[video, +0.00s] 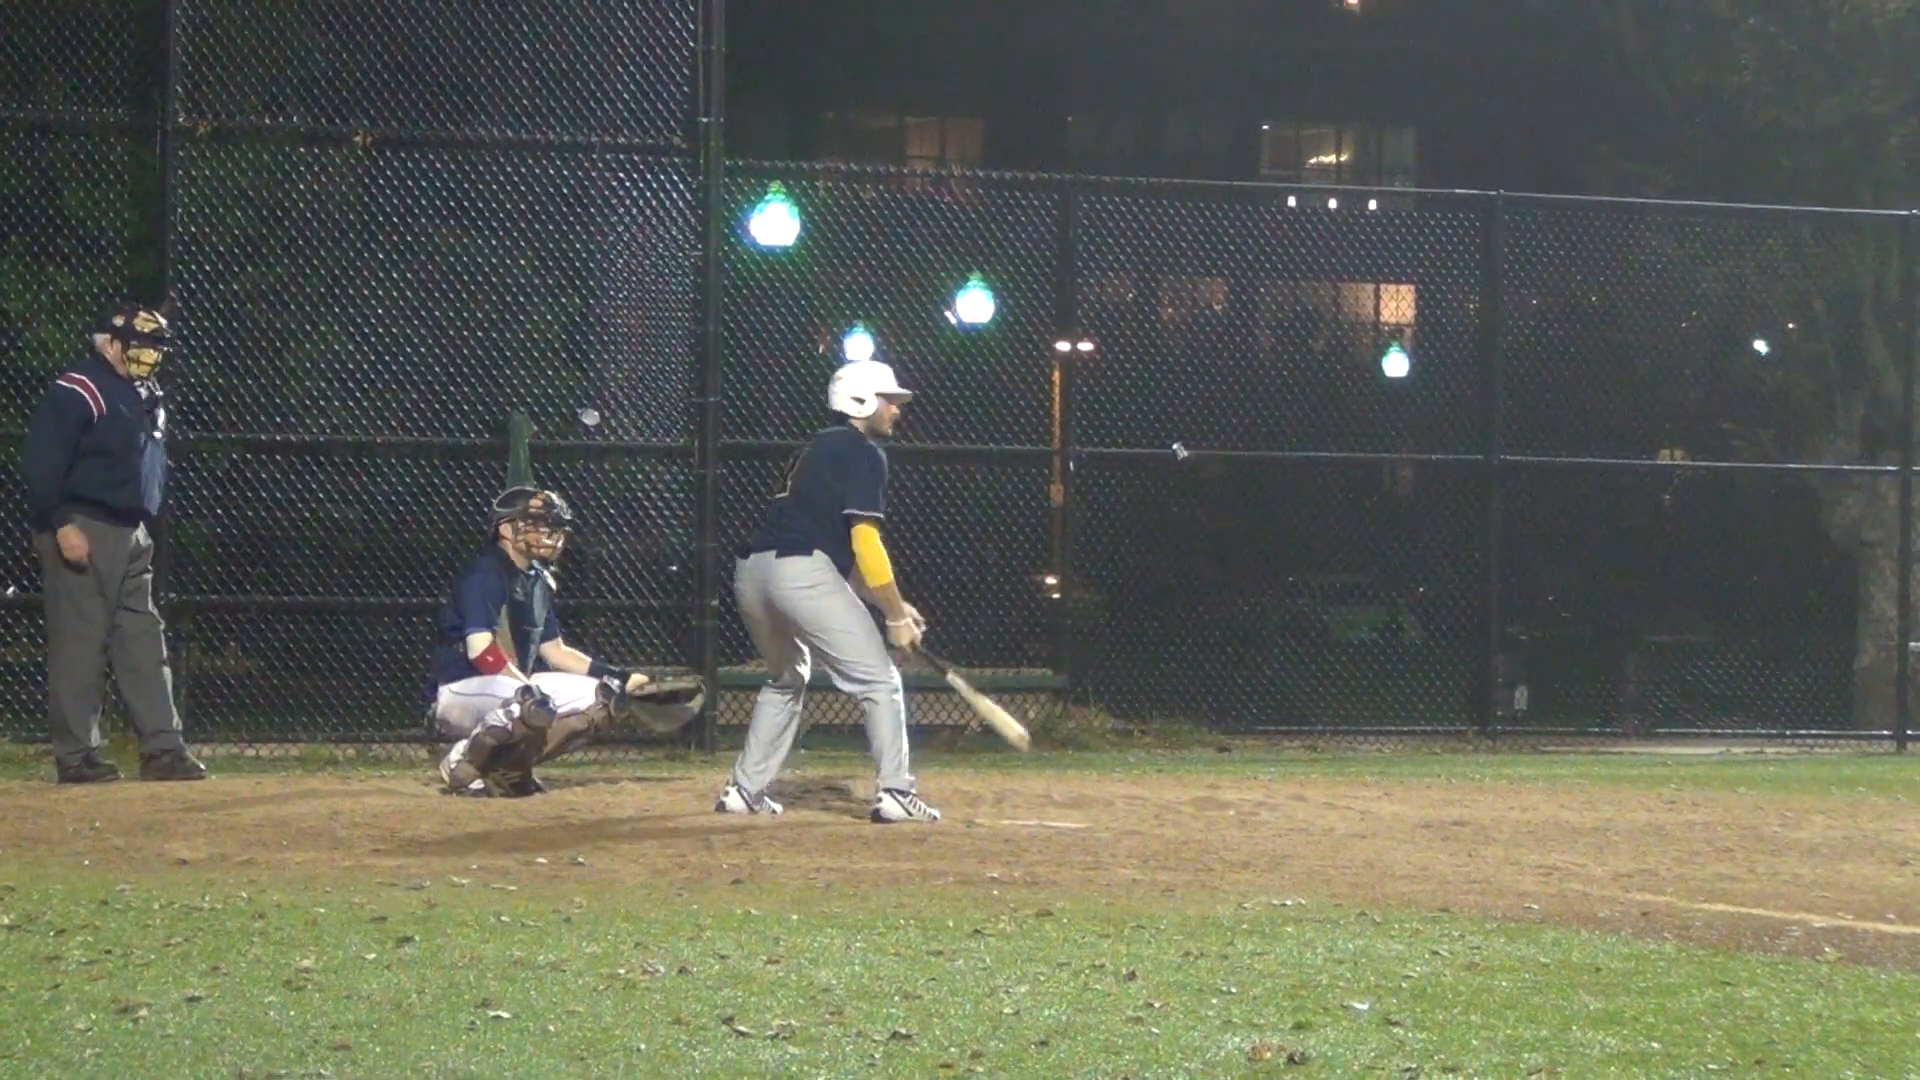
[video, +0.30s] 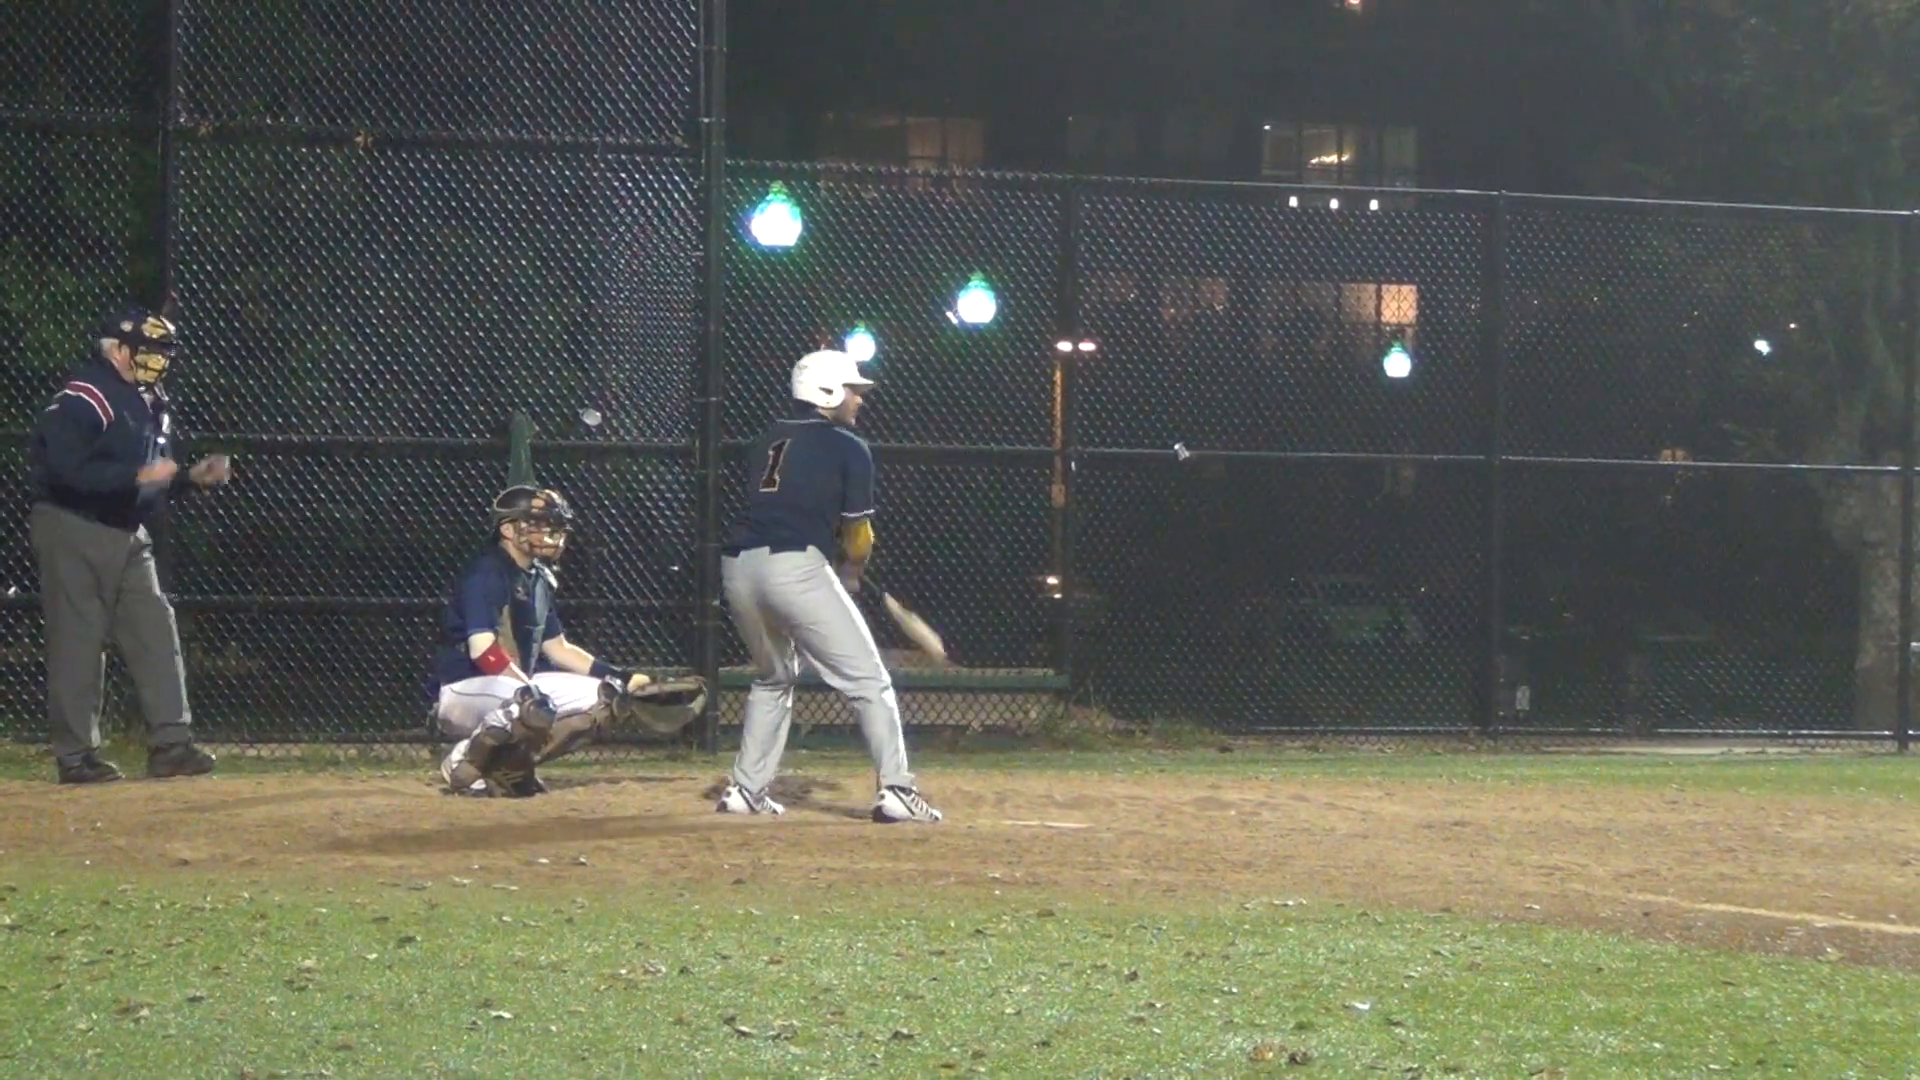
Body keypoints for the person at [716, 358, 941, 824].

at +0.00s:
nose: (897, 409)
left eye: (897, 400)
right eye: (889, 400)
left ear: (852, 407)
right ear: (861, 403)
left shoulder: (819, 447)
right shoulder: (863, 452)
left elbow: (840, 552)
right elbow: (864, 539)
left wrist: (895, 609)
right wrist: (895, 611)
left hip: (750, 570)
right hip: (802, 568)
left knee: (785, 677)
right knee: (879, 680)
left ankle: (745, 790)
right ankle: (897, 793)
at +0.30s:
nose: (861, 399)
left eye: (860, 390)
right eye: (853, 390)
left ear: (810, 396)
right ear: (827, 394)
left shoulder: (772, 435)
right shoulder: (850, 447)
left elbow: (788, 514)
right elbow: (858, 537)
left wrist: (845, 567)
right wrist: (852, 573)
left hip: (737, 567)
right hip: (795, 565)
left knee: (772, 677)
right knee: (869, 683)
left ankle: (746, 790)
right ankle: (898, 790)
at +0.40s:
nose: (857, 397)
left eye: (856, 387)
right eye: (850, 388)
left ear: (804, 391)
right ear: (824, 390)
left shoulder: (759, 432)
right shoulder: (849, 445)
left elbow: (764, 506)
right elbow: (849, 527)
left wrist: (850, 513)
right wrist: (872, 517)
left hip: (737, 564)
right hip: (796, 562)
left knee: (771, 676)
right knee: (869, 676)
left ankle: (747, 789)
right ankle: (899, 787)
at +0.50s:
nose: (854, 397)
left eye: (853, 388)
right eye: (849, 389)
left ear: (796, 388)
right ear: (828, 390)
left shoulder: (752, 431)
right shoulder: (847, 440)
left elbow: (736, 484)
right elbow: (857, 509)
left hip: (741, 566)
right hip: (803, 563)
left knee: (771, 677)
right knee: (867, 682)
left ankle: (747, 790)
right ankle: (895, 791)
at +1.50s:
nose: (889, 409)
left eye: (888, 400)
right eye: (882, 400)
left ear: (834, 401)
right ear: (857, 403)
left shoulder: (788, 441)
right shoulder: (872, 452)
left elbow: (815, 493)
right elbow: (916, 515)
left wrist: (872, 460)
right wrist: (896, 467)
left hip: (761, 584)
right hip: (820, 585)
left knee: (792, 683)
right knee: (898, 691)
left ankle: (751, 790)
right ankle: (906, 794)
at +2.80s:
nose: (883, 418)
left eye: (883, 409)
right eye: (877, 409)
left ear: (830, 409)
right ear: (850, 409)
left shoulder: (774, 443)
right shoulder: (868, 462)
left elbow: (751, 481)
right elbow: (883, 535)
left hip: (756, 581)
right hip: (819, 581)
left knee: (786, 680)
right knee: (889, 690)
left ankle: (754, 787)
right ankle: (908, 789)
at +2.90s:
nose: (875, 415)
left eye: (875, 406)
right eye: (868, 406)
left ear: (819, 404)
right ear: (842, 406)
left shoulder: (770, 433)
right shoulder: (863, 462)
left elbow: (723, 451)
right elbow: (859, 531)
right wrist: (874, 511)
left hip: (753, 578)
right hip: (817, 576)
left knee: (777, 678)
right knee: (890, 677)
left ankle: (752, 786)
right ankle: (911, 770)